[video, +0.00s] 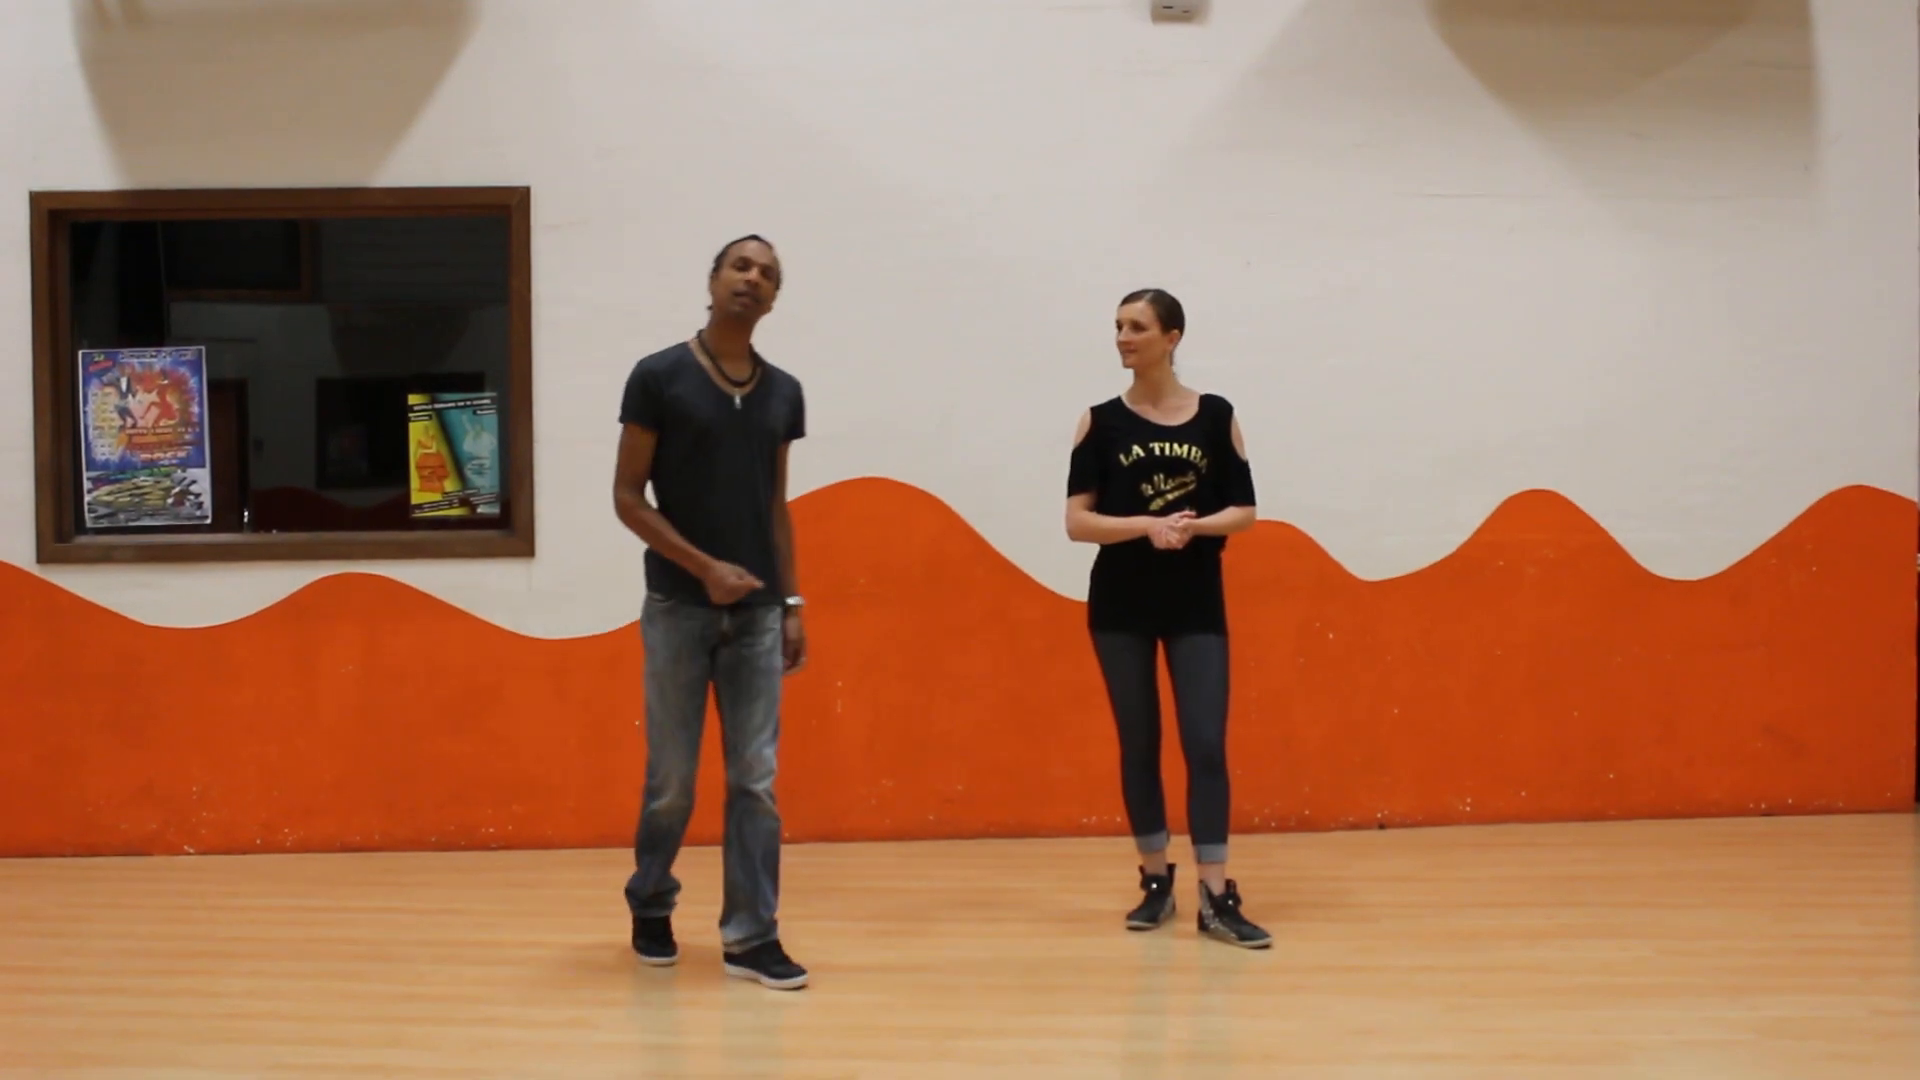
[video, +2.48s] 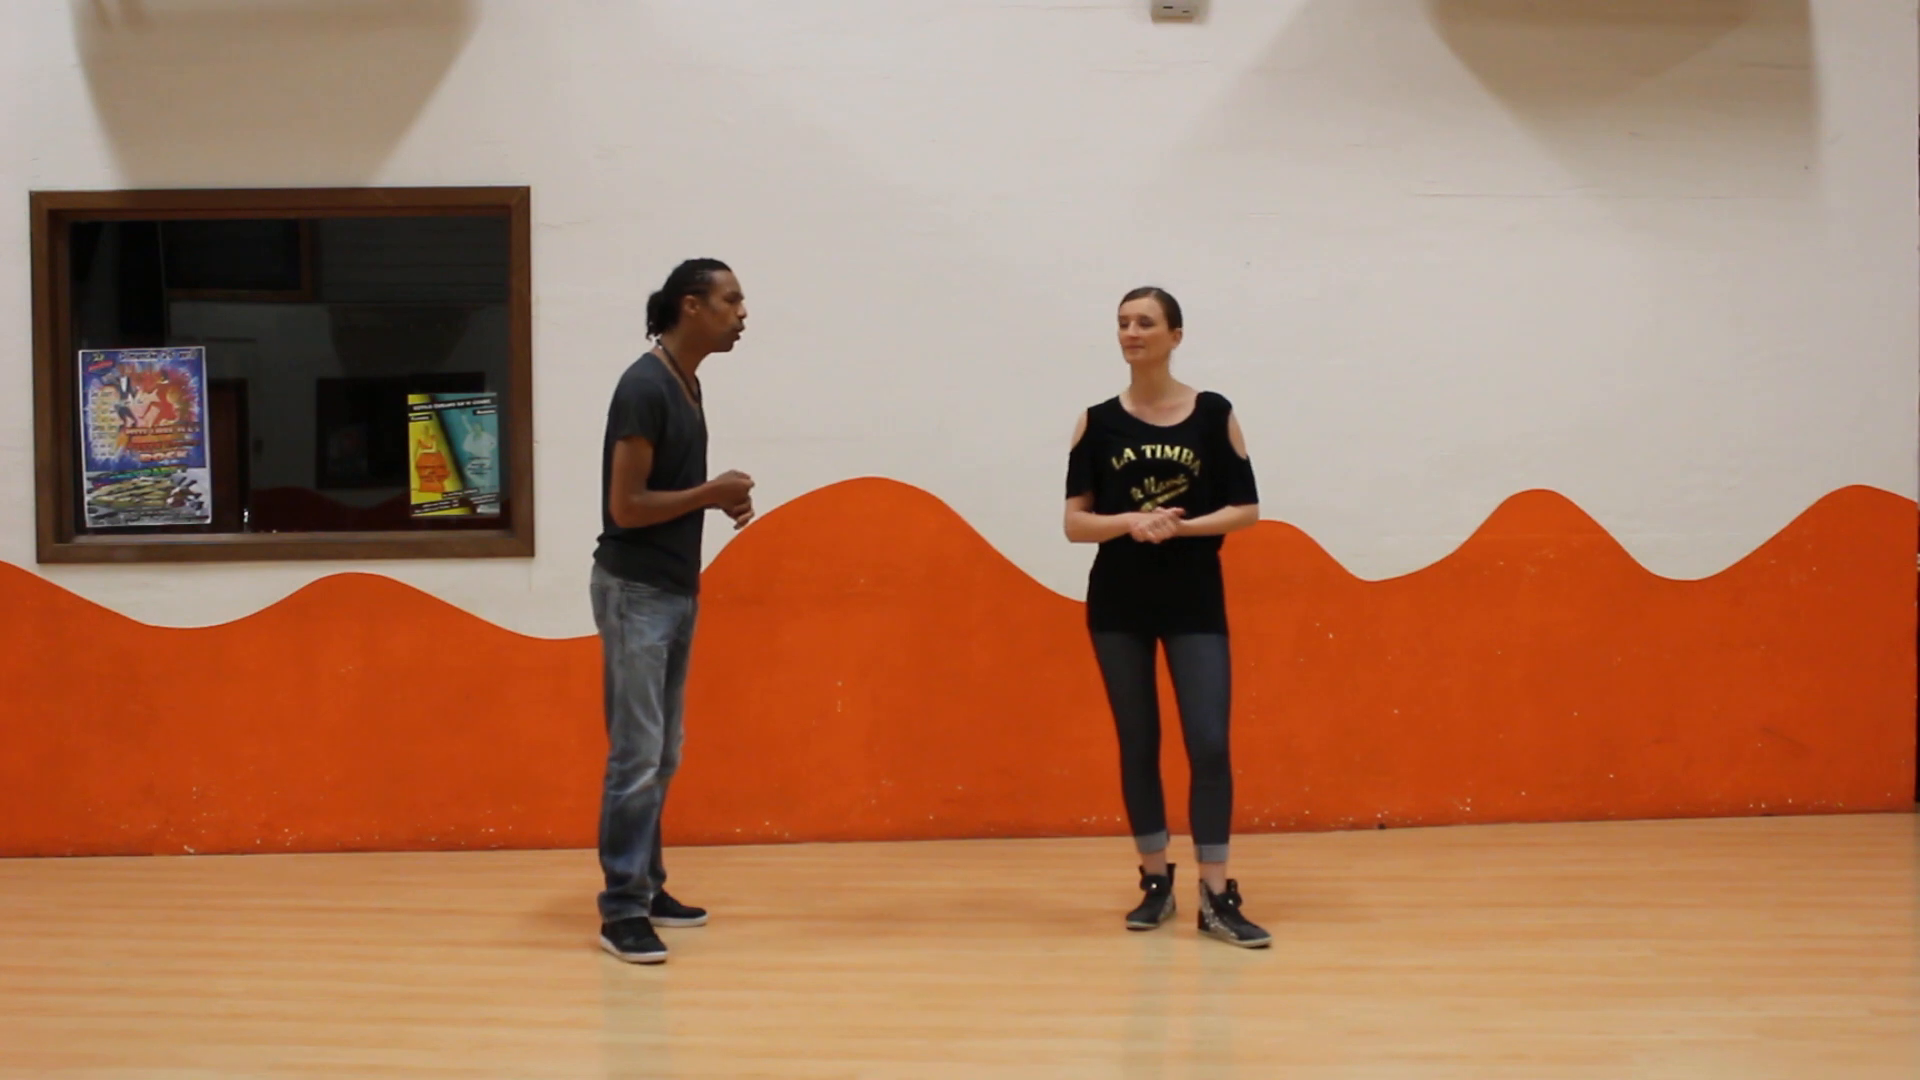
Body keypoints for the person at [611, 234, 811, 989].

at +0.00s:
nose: (753, 279)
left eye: (767, 274)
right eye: (741, 265)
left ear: (774, 300)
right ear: (712, 280)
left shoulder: (781, 391)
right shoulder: (658, 377)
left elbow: (777, 506)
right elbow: (627, 500)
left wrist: (792, 604)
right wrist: (706, 567)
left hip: (756, 605)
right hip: (678, 604)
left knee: (755, 777)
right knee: (673, 778)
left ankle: (751, 937)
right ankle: (651, 905)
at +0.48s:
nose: (782, 278)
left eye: (795, 273)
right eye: (771, 264)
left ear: (803, 299)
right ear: (740, 278)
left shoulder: (816, 389)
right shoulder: (687, 376)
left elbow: (815, 497)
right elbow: (668, 500)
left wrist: (832, 558)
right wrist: (732, 548)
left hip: (786, 608)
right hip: (710, 605)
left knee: (770, 781)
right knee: (706, 775)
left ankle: (753, 938)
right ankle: (683, 896)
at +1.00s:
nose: (763, 278)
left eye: (775, 274)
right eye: (751, 264)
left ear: (778, 301)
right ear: (716, 279)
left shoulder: (783, 391)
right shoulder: (663, 376)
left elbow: (777, 498)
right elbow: (633, 498)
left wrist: (795, 539)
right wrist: (737, 520)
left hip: (760, 605)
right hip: (686, 604)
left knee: (758, 779)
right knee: (678, 769)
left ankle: (751, 937)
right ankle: (630, 894)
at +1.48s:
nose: (687, 292)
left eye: (700, 286)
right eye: (674, 278)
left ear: (706, 309)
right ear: (642, 295)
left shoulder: (713, 394)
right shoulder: (595, 391)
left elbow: (710, 500)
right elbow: (563, 510)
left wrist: (717, 514)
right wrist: (668, 510)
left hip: (686, 603)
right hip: (612, 604)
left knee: (715, 765)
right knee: (617, 770)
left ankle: (743, 929)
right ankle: (621, 921)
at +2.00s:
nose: (705, 300)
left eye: (705, 289)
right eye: (690, 287)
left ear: (680, 306)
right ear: (646, 298)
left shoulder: (679, 389)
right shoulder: (601, 385)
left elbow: (665, 490)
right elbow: (578, 502)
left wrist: (705, 498)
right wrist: (675, 484)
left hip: (666, 596)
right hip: (611, 595)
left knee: (670, 753)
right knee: (622, 756)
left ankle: (649, 887)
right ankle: (618, 911)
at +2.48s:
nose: (743, 314)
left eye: (741, 302)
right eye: (732, 302)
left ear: (701, 311)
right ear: (690, 308)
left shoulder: (685, 384)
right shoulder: (643, 389)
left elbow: (664, 491)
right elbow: (626, 509)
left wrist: (715, 502)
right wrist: (710, 493)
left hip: (673, 592)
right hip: (634, 591)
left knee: (662, 752)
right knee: (638, 753)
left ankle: (646, 887)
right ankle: (622, 909)